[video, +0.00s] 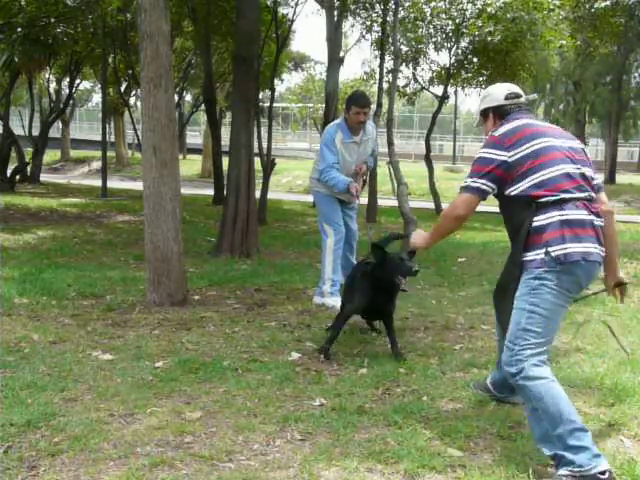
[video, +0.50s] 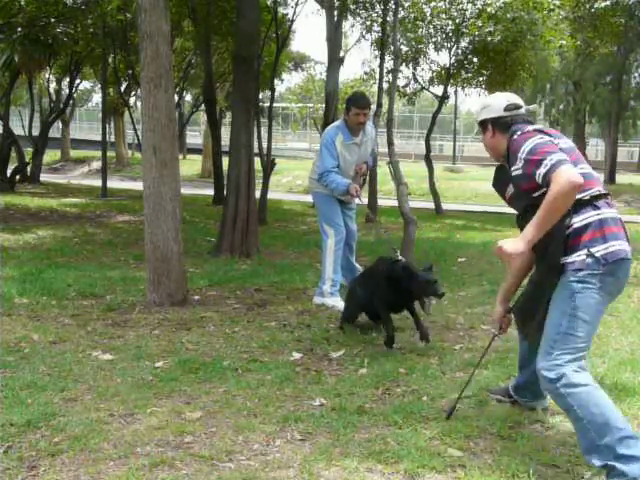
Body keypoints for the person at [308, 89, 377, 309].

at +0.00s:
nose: (362, 118)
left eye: (365, 114)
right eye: (357, 114)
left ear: (369, 113)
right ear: (346, 112)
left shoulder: (370, 130)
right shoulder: (332, 133)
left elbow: (372, 156)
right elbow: (327, 171)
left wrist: (366, 166)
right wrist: (347, 184)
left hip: (349, 191)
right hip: (326, 189)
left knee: (351, 234)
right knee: (336, 233)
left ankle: (348, 286)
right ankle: (328, 292)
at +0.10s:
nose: (361, 119)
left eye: (365, 114)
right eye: (357, 114)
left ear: (369, 113)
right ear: (346, 112)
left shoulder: (370, 130)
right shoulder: (332, 133)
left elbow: (373, 158)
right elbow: (327, 171)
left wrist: (367, 166)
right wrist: (346, 185)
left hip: (350, 191)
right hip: (327, 189)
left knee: (352, 233)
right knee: (337, 233)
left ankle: (349, 283)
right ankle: (328, 289)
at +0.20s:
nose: (361, 118)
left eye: (365, 113)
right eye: (357, 114)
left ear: (369, 113)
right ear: (346, 112)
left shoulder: (370, 131)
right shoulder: (332, 133)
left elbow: (372, 158)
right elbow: (326, 171)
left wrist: (367, 166)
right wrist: (344, 186)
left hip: (349, 190)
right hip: (327, 189)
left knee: (352, 233)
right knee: (338, 233)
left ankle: (351, 280)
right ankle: (329, 291)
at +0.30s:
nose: (362, 119)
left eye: (365, 114)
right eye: (357, 114)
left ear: (369, 113)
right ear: (346, 113)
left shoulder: (370, 131)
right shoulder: (333, 133)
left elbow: (372, 157)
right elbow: (326, 171)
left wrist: (366, 166)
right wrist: (344, 186)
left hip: (349, 190)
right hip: (327, 189)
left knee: (352, 233)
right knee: (337, 233)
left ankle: (349, 283)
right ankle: (328, 292)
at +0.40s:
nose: (362, 119)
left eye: (365, 114)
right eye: (357, 114)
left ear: (369, 113)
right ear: (347, 113)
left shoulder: (370, 131)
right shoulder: (332, 134)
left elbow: (372, 157)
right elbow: (325, 172)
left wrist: (366, 166)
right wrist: (343, 187)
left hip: (349, 190)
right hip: (326, 189)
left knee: (351, 233)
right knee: (336, 233)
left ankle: (349, 283)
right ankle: (328, 291)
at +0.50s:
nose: (362, 120)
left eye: (365, 115)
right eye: (357, 115)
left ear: (369, 114)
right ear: (346, 113)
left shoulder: (369, 131)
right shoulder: (332, 135)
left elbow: (371, 156)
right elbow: (326, 173)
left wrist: (366, 166)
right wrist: (347, 186)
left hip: (348, 191)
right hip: (325, 189)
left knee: (350, 232)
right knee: (336, 233)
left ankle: (350, 276)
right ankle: (328, 291)